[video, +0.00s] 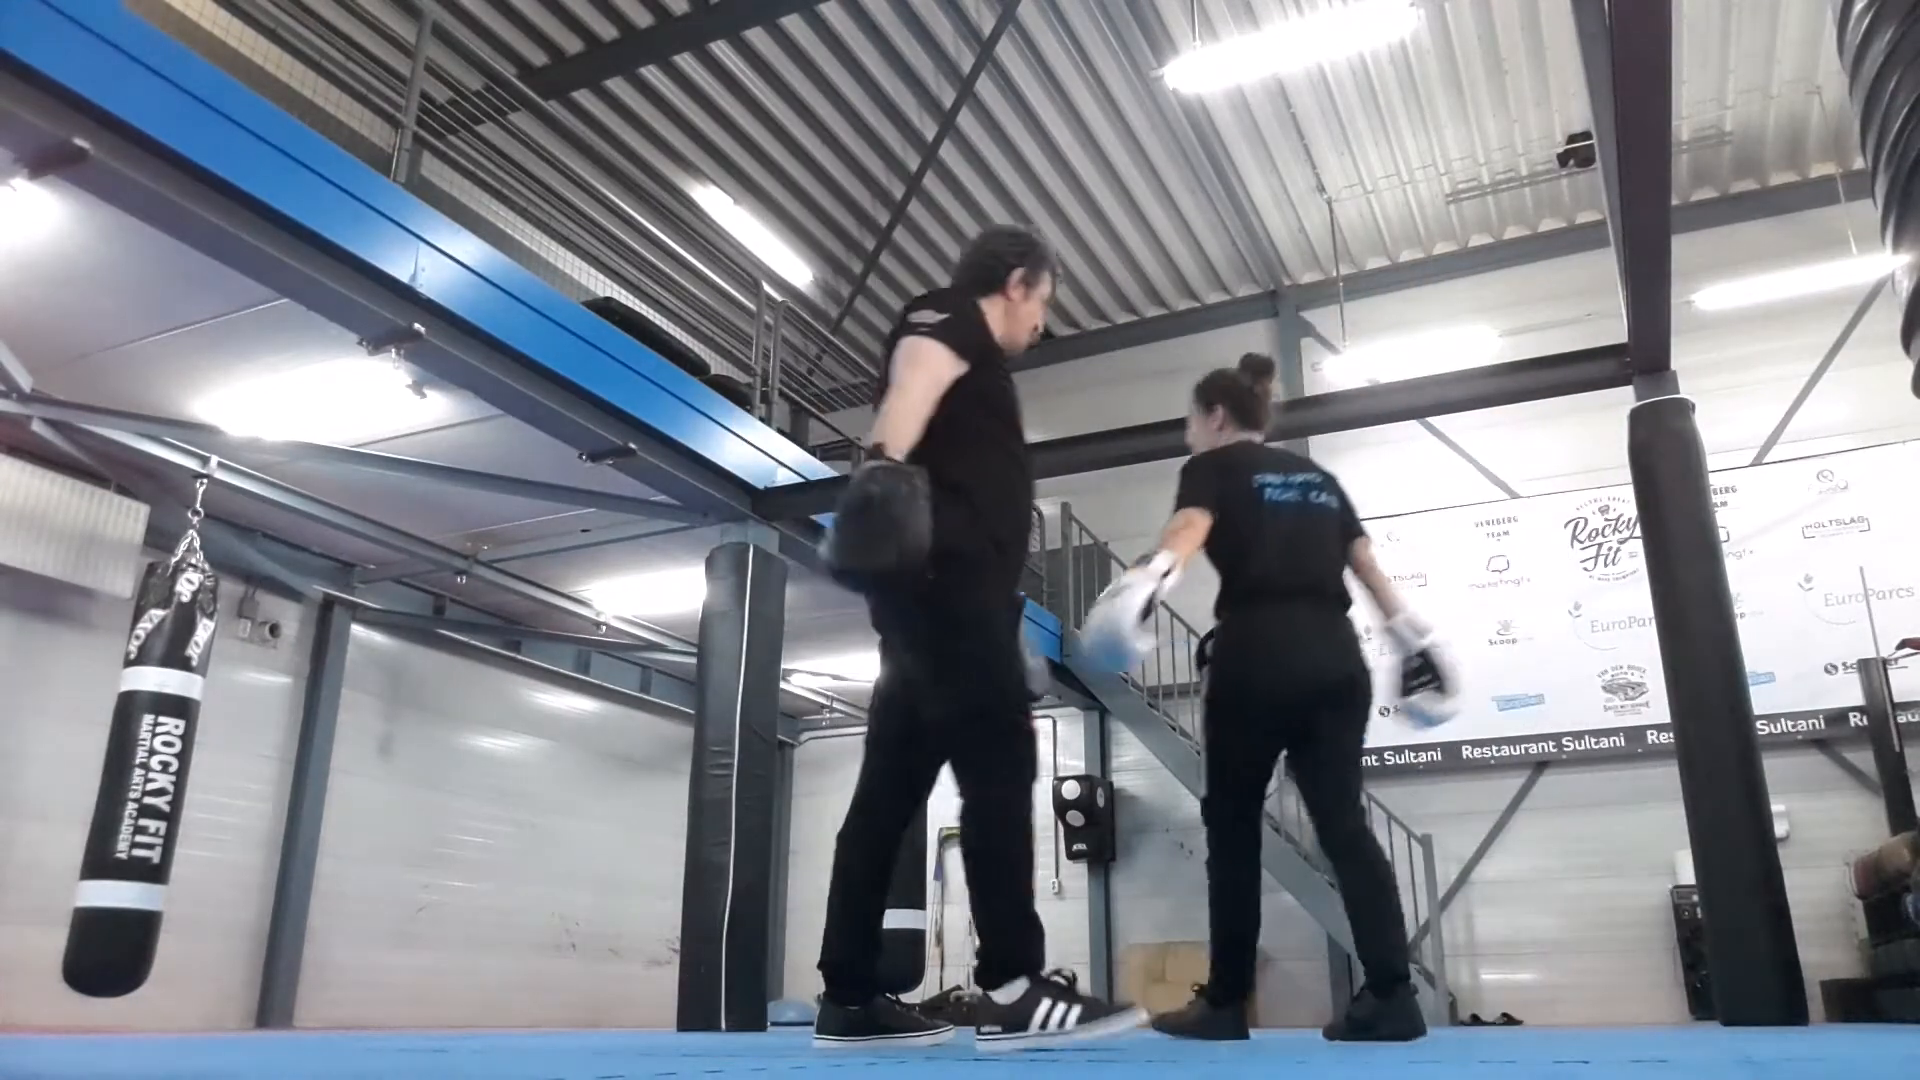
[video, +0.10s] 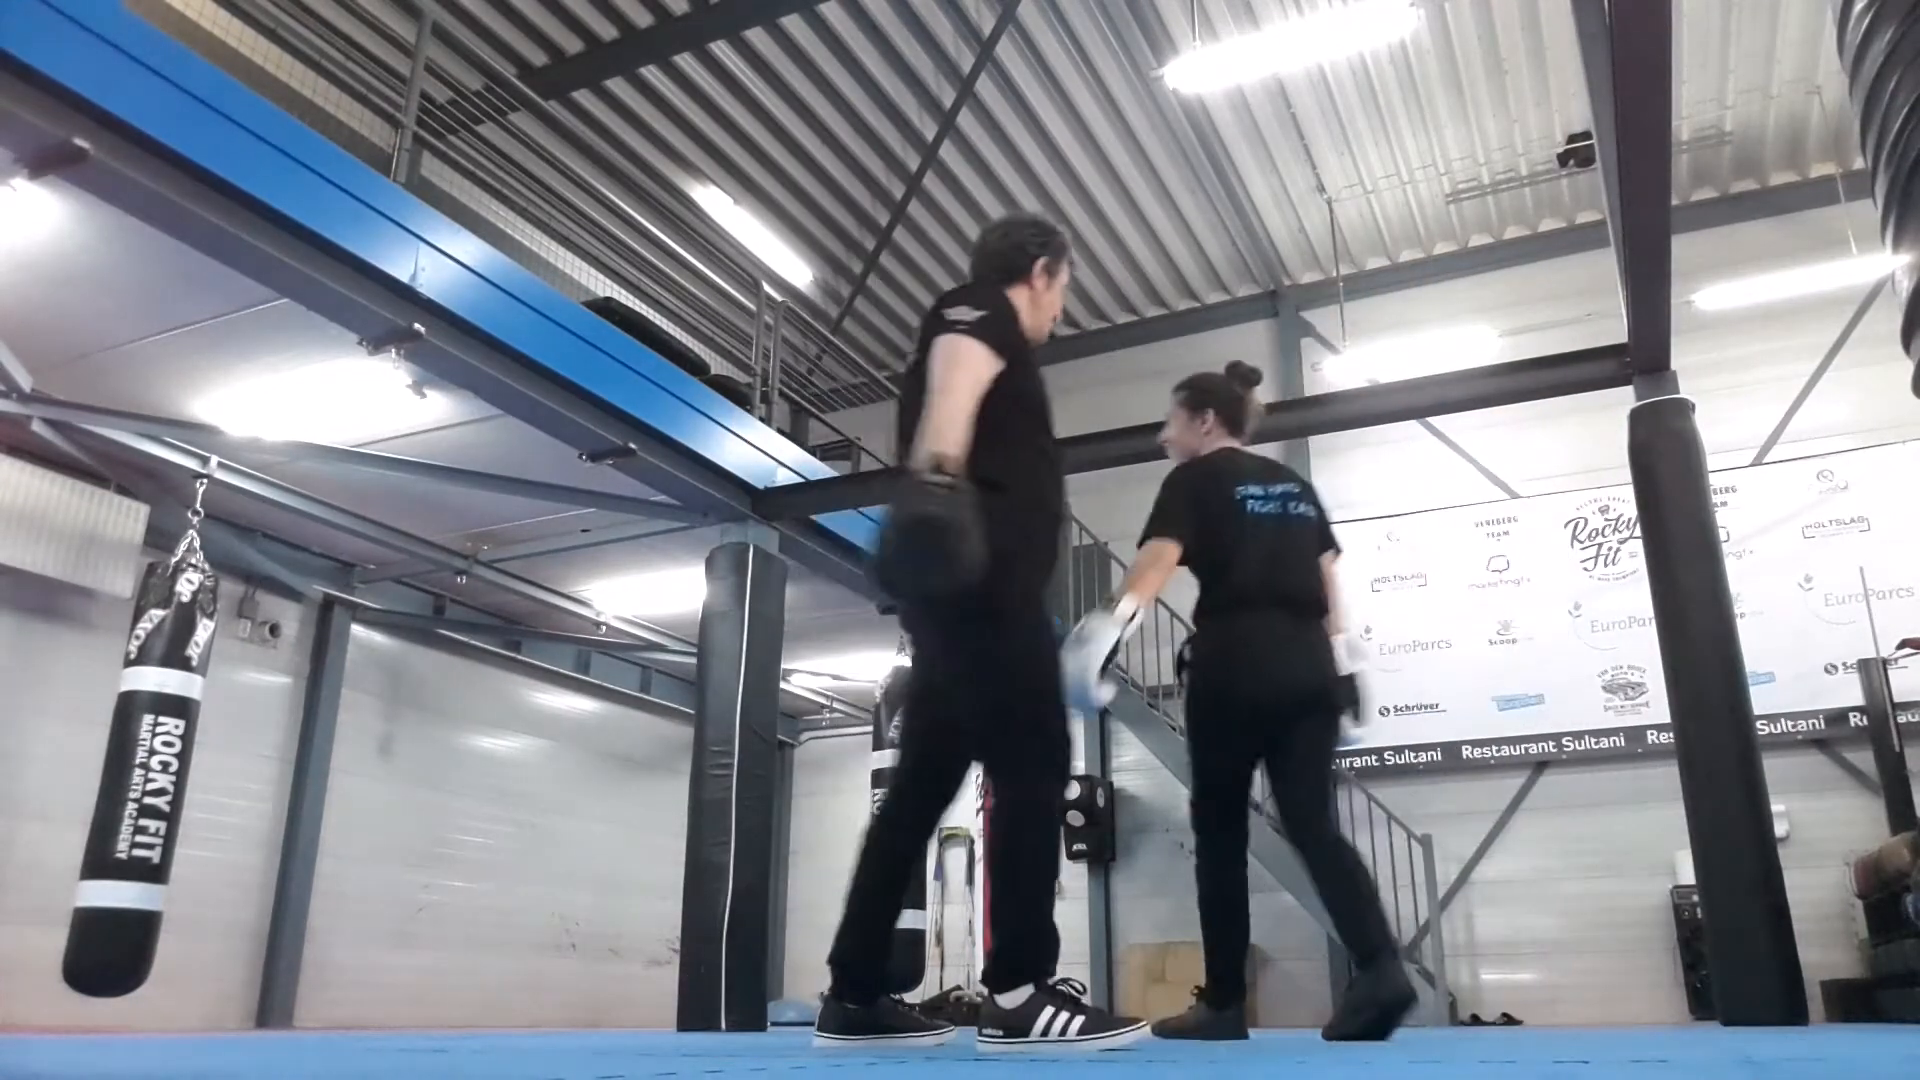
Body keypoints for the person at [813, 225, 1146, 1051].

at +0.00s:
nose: (1043, 322)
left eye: (1047, 309)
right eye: (1044, 304)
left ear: (1001, 285)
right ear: (1013, 284)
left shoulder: (975, 351)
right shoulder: (948, 319)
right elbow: (908, 400)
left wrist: (992, 583)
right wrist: (881, 481)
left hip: (942, 597)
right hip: (952, 594)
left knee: (887, 793)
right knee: (1001, 778)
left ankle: (851, 994)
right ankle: (1012, 981)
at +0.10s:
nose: (1063, 308)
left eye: (1065, 293)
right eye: (1063, 289)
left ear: (1009, 270)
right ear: (1036, 274)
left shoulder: (970, 336)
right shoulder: (980, 314)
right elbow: (949, 392)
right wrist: (938, 499)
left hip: (960, 589)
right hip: (991, 589)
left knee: (923, 783)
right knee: (1033, 773)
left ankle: (856, 992)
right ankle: (1021, 988)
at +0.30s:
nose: (1109, 285)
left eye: (1108, 269)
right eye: (1108, 267)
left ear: (1030, 259)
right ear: (1087, 259)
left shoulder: (981, 348)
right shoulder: (1046, 298)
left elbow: (991, 481)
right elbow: (1071, 400)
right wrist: (1127, 498)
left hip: (1008, 584)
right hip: (1051, 579)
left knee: (1057, 784)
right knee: (1072, 784)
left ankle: (931, 951)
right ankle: (1024, 995)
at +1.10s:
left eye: (1181, 309)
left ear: (1183, 313)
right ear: (1260, 296)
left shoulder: (1160, 380)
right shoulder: (1317, 344)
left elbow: (1138, 513)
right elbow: (1382, 442)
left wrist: (1139, 616)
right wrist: (1431, 554)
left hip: (1211, 606)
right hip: (1318, 593)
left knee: (1254, 794)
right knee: (1372, 785)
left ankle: (1279, 995)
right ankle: (1441, 985)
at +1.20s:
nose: (1197, 343)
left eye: (1197, 333)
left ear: (1207, 331)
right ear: (1281, 320)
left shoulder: (1188, 393)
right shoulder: (1346, 373)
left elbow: (1154, 517)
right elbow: (1413, 484)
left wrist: (1134, 630)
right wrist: (1446, 595)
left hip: (1229, 628)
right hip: (1340, 616)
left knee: (1250, 801)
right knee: (1387, 802)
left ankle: (1270, 978)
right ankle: (1447, 994)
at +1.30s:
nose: (1205, 352)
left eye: (1204, 341)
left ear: (1215, 338)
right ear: (1286, 326)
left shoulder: (1197, 393)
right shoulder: (1356, 387)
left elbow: (1160, 514)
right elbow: (1414, 500)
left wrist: (1124, 630)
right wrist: (1428, 613)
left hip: (1232, 630)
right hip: (1348, 624)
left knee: (1215, 796)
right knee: (1391, 808)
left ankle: (1245, 958)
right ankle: (1449, 998)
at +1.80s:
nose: (1035, 379)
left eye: (1035, 369)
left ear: (1044, 368)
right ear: (1111, 354)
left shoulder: (1033, 427)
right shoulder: (1176, 413)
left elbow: (962, 546)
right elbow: (1228, 521)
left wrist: (925, 583)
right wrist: (1249, 625)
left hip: (1071, 657)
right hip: (1181, 647)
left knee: (1025, 826)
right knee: (1274, 805)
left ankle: (1000, 998)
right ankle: (1391, 967)